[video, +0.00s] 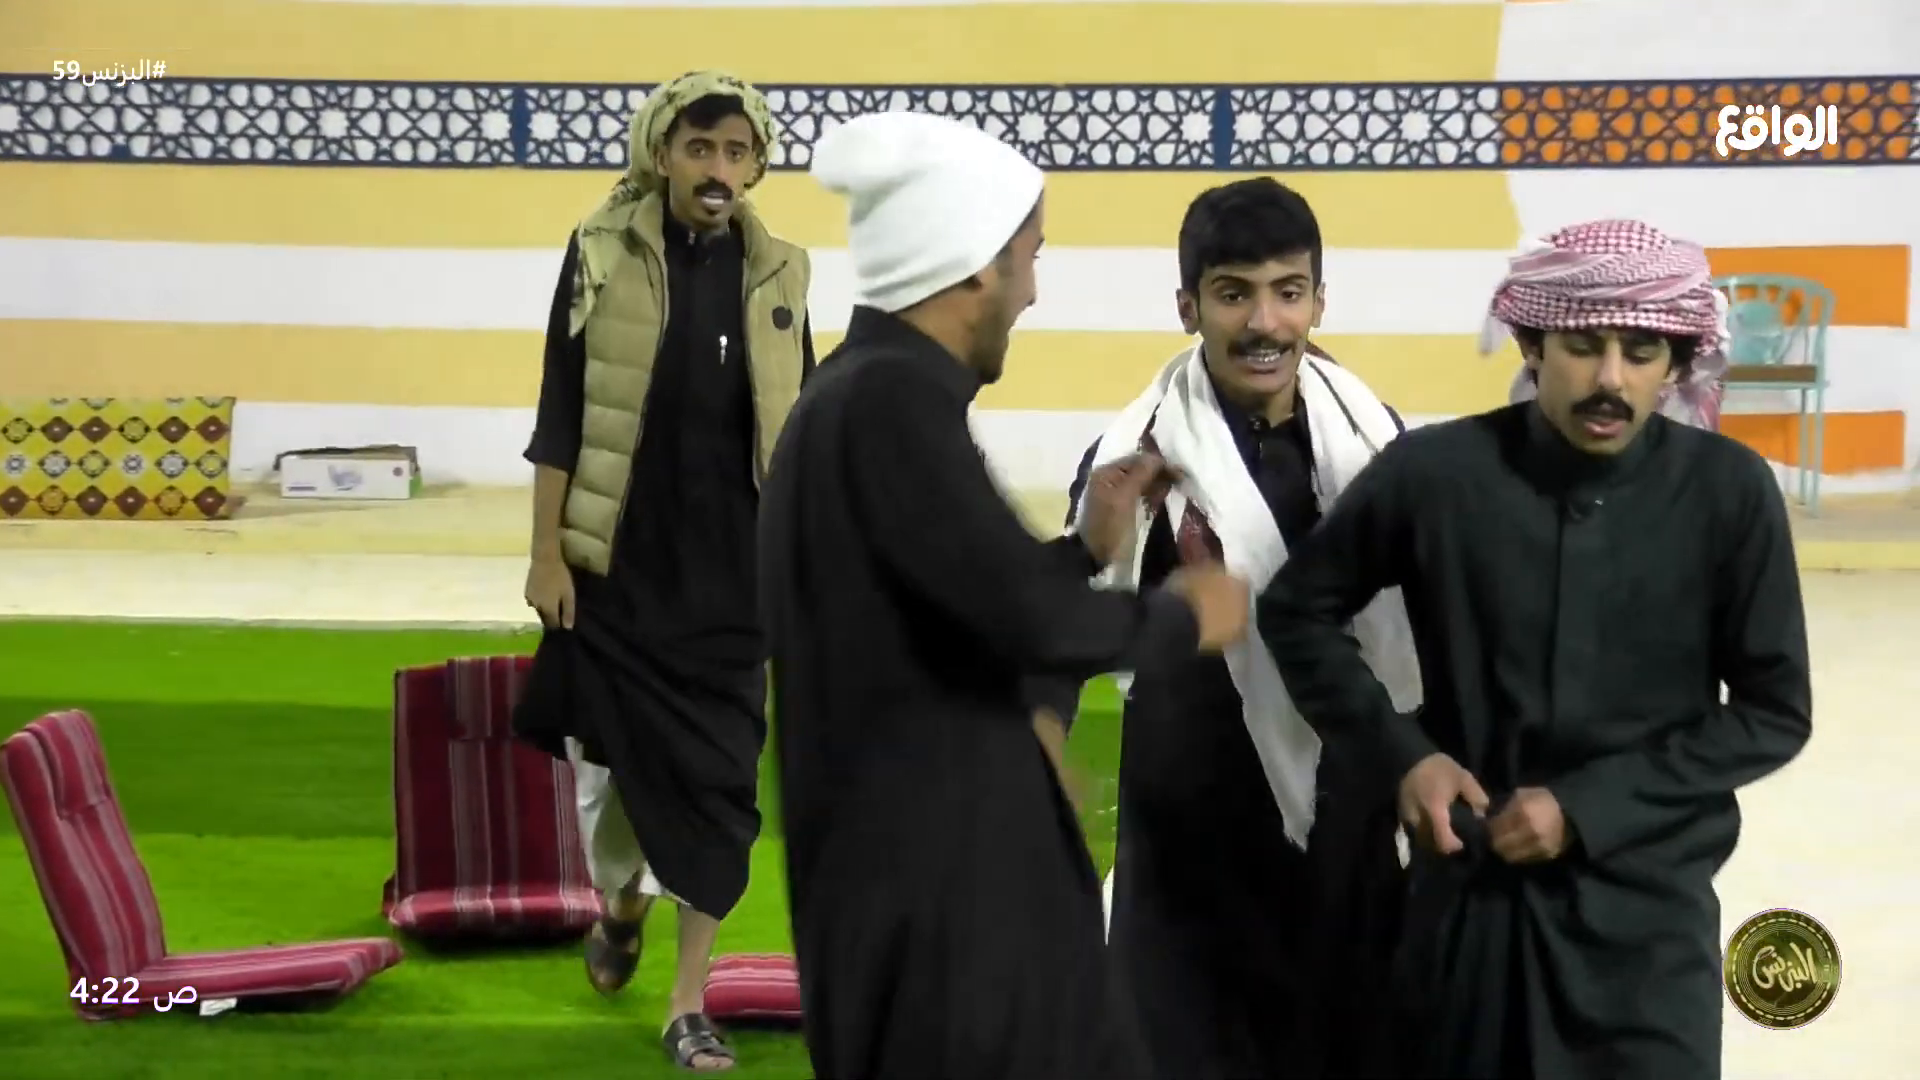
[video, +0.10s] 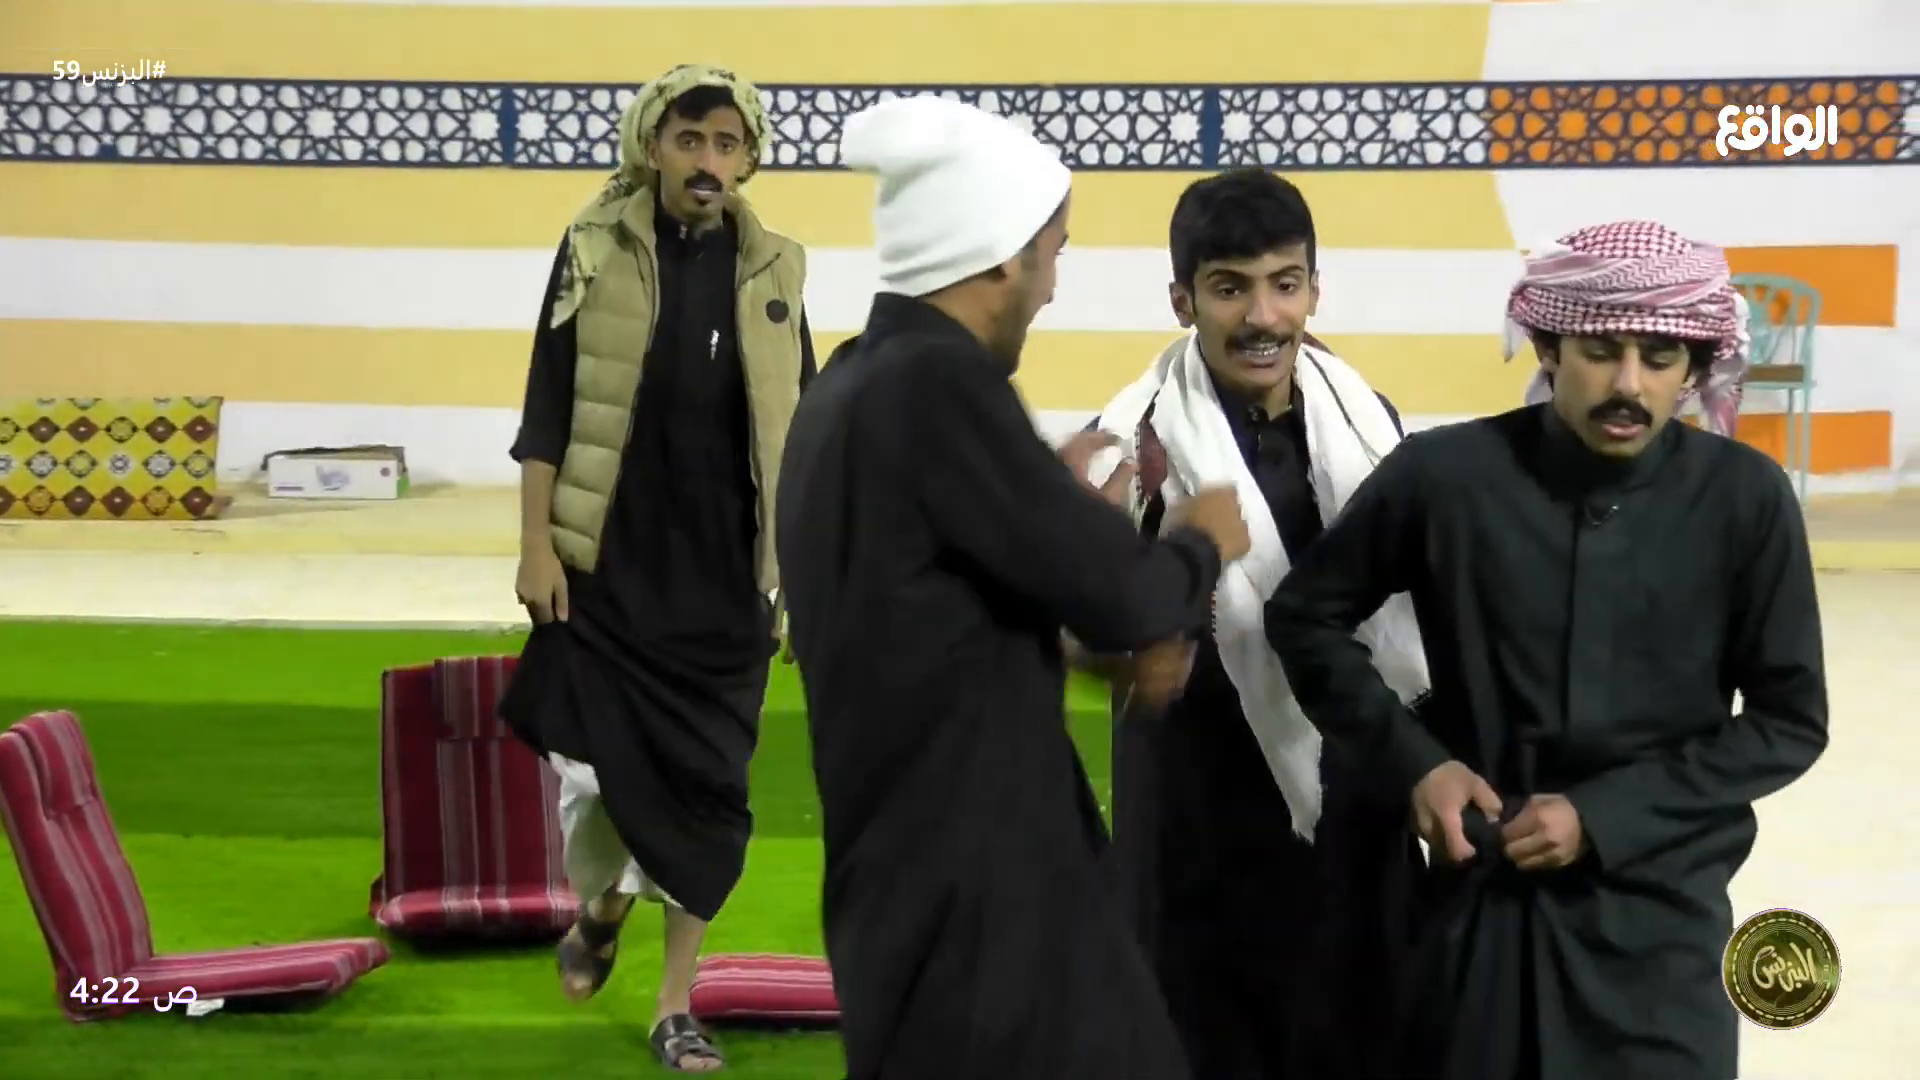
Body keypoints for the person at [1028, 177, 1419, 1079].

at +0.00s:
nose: (1264, 321)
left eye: (1287, 293)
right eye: (1235, 295)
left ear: (1317, 302)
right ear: (1189, 306)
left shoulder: (1378, 439)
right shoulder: (1127, 459)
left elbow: (1436, 631)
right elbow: (1066, 659)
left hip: (1353, 852)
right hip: (1194, 855)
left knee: (1353, 1059)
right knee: (1194, 1053)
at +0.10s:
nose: (1262, 316)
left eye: (1285, 284)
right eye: (1230, 289)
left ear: (1313, 287)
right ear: (1184, 299)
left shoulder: (1365, 413)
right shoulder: (1131, 447)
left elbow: (1428, 581)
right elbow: (1099, 636)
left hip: (1360, 821)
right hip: (1202, 841)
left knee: (1365, 1041)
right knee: (1213, 1040)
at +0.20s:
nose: (1251, 304)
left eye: (1277, 275)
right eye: (1221, 276)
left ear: (1307, 282)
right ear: (1174, 287)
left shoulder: (1367, 416)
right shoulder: (1111, 434)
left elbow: (1432, 589)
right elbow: (1100, 629)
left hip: (1349, 816)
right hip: (1186, 821)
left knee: (1356, 1034)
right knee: (1208, 1038)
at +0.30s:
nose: (1235, 304)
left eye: (1260, 276)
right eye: (1207, 277)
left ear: (1297, 286)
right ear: (1165, 286)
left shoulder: (1359, 412)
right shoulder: (1113, 424)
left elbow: (1427, 595)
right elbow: (1093, 610)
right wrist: (1133, 496)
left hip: (1327, 809)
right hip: (1169, 813)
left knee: (1334, 1034)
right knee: (1189, 1035)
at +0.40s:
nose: (1192, 296)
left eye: (1224, 271)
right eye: (1176, 269)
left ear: (1290, 289)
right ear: (1158, 279)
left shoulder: (1370, 416)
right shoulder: (1120, 416)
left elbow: (1408, 593)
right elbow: (1099, 601)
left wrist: (1324, 482)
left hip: (1317, 790)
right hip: (1166, 792)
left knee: (1315, 1026)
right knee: (1173, 1026)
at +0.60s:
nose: (1248, 335)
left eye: (1276, 305)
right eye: (1245, 306)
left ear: (1361, 315)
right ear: (1234, 309)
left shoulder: (1426, 423)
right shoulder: (1228, 444)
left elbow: (1431, 583)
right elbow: (1198, 624)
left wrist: (1297, 435)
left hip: (1408, 809)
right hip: (1267, 810)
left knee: (1383, 1041)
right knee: (1251, 1029)